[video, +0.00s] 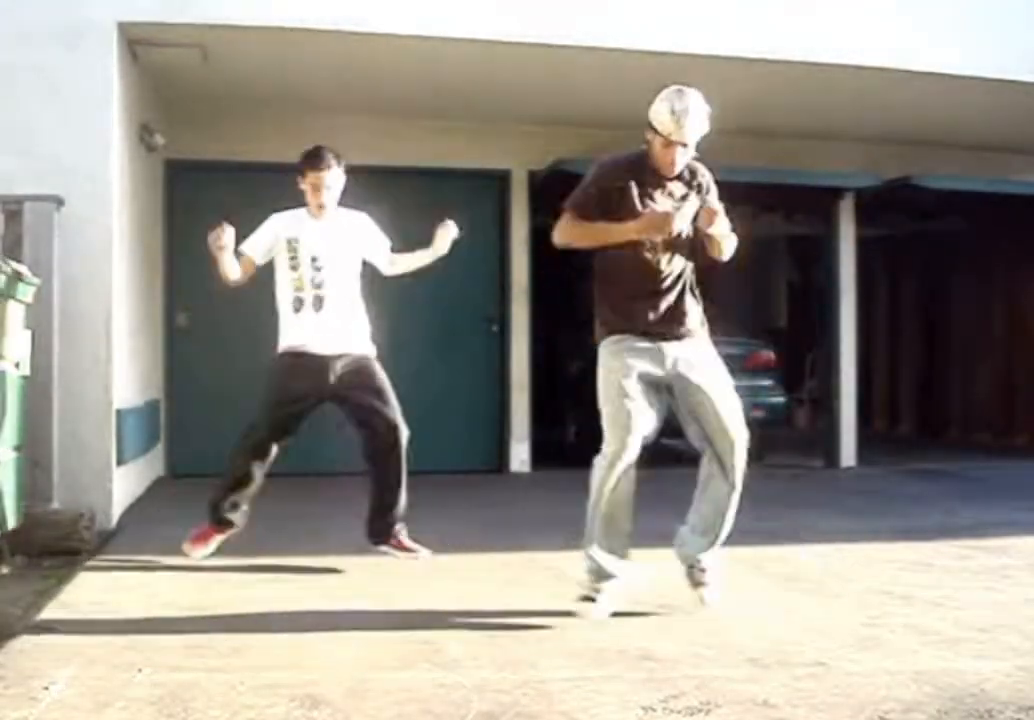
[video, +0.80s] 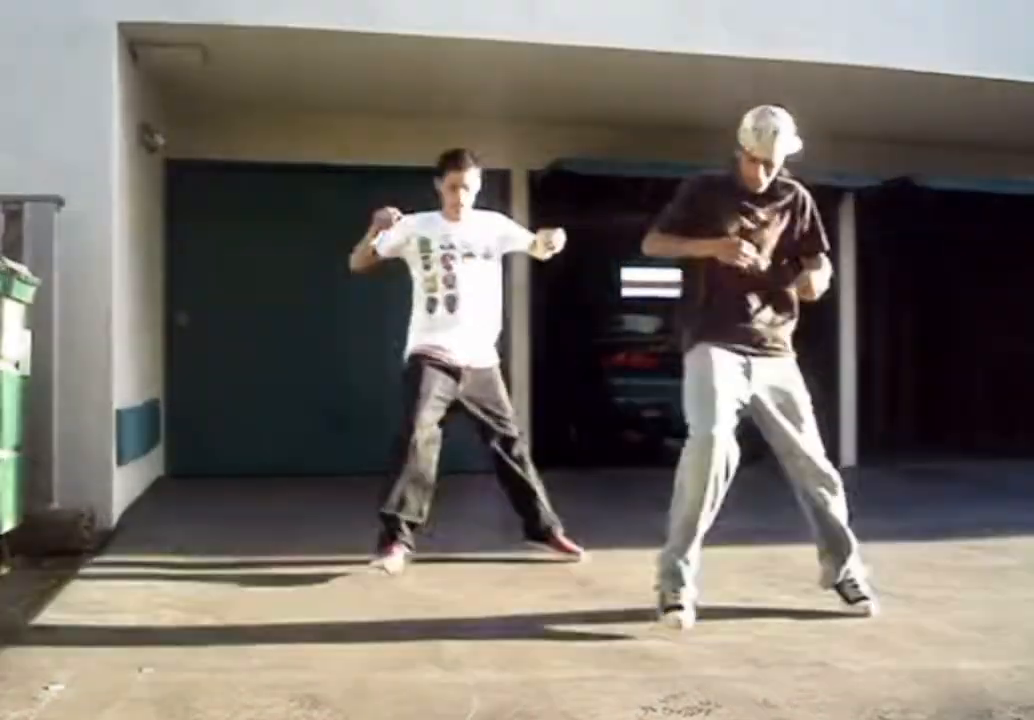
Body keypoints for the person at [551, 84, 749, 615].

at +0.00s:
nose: (674, 155)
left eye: (684, 145)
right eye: (666, 142)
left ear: (698, 141)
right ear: (650, 132)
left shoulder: (699, 180)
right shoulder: (613, 175)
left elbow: (721, 251)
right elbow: (563, 232)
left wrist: (712, 232)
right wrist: (637, 228)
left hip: (689, 339)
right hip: (627, 339)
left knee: (731, 441)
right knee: (624, 444)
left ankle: (698, 550)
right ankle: (602, 569)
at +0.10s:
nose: (682, 156)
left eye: (692, 145)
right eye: (673, 143)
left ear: (705, 141)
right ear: (656, 133)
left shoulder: (707, 185)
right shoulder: (621, 176)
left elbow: (729, 263)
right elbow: (583, 243)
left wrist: (717, 235)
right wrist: (654, 238)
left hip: (693, 342)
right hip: (632, 341)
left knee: (720, 446)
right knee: (631, 452)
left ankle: (679, 551)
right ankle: (644, 574)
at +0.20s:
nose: (696, 170)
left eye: (706, 161)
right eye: (689, 158)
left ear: (720, 157)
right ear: (673, 150)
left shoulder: (730, 205)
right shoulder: (641, 197)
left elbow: (749, 275)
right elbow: (634, 274)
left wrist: (703, 290)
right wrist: (702, 274)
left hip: (703, 361)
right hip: (647, 357)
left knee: (682, 471)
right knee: (660, 473)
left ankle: (633, 561)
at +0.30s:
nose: (717, 168)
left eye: (726, 159)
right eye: (710, 157)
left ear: (742, 154)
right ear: (695, 148)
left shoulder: (756, 195)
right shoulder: (666, 192)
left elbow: (779, 267)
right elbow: (648, 263)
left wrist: (720, 303)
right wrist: (702, 308)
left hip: (736, 360)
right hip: (679, 359)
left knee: (727, 477)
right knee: (698, 471)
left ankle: (650, 544)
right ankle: (737, 583)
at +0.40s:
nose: (736, 159)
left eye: (746, 150)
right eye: (728, 147)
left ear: (761, 144)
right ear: (714, 135)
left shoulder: (776, 182)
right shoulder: (685, 178)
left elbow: (791, 255)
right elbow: (646, 238)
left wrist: (746, 261)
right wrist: (707, 271)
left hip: (759, 349)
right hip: (697, 346)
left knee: (779, 453)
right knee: (683, 459)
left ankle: (728, 537)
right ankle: (701, 577)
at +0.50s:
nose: (759, 170)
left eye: (769, 160)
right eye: (751, 158)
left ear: (784, 153)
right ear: (735, 147)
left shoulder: (797, 199)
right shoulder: (704, 195)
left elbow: (804, 272)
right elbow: (674, 265)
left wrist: (775, 294)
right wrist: (733, 267)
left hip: (784, 355)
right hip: (720, 352)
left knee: (817, 462)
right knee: (682, 460)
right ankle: (650, 583)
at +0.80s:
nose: (762, 173)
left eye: (772, 164)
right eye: (754, 161)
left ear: (786, 158)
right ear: (739, 150)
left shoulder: (797, 200)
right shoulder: (702, 191)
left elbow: (820, 267)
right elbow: (654, 243)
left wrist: (814, 279)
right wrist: (713, 246)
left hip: (775, 351)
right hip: (715, 345)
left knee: (812, 461)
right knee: (710, 446)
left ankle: (845, 572)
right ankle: (677, 582)